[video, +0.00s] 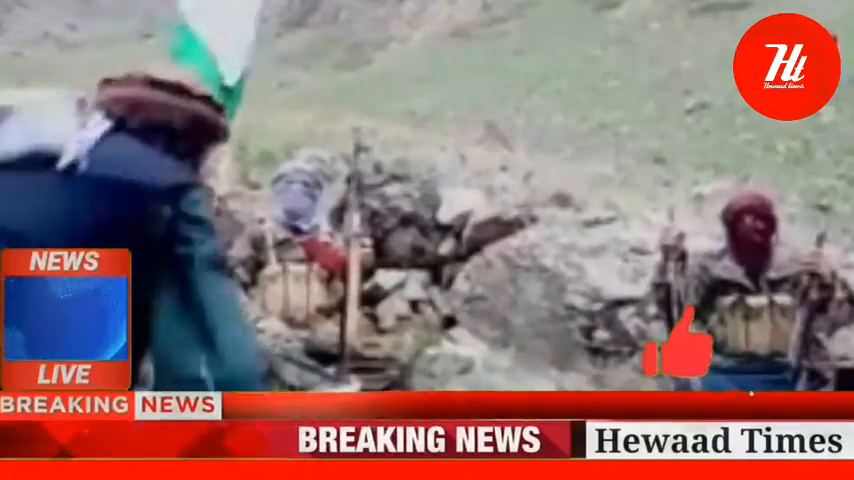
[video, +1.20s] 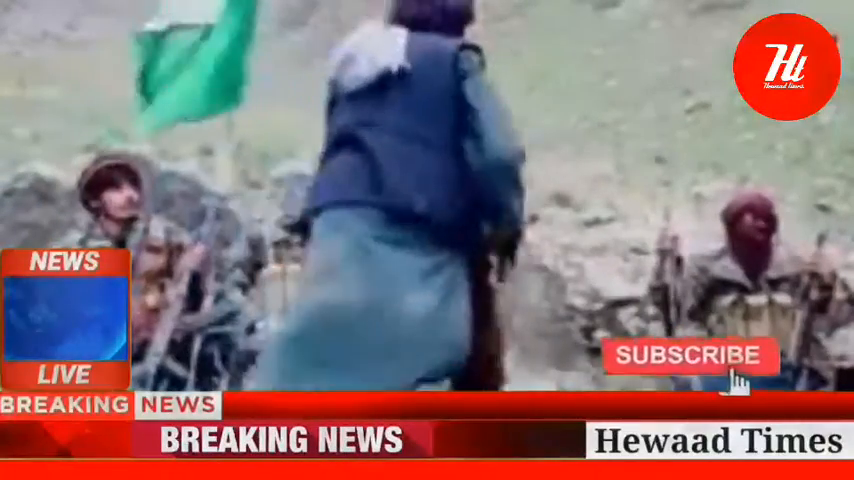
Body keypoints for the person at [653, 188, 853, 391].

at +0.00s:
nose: (758, 225)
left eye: (764, 219)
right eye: (749, 217)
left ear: (773, 228)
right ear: (732, 225)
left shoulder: (795, 270)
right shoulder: (706, 268)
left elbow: (826, 322)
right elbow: (675, 316)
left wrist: (828, 285)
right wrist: (669, 264)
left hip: (782, 372)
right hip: (722, 373)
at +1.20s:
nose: (763, 225)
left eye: (768, 219)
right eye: (754, 217)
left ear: (774, 226)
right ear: (732, 223)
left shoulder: (795, 270)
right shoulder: (703, 269)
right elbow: (679, 316)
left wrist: (828, 291)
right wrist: (668, 266)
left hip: (786, 375)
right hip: (722, 376)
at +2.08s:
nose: (755, 223)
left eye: (762, 216)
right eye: (746, 216)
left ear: (773, 226)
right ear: (730, 226)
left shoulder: (794, 267)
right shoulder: (705, 267)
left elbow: (836, 319)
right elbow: (675, 309)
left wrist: (828, 286)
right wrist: (665, 267)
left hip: (786, 372)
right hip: (721, 373)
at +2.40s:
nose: (758, 225)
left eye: (764, 217)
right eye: (748, 217)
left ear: (774, 227)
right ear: (731, 226)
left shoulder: (795, 269)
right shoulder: (706, 269)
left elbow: (836, 320)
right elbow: (674, 307)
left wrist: (830, 286)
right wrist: (663, 267)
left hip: (787, 380)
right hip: (722, 380)